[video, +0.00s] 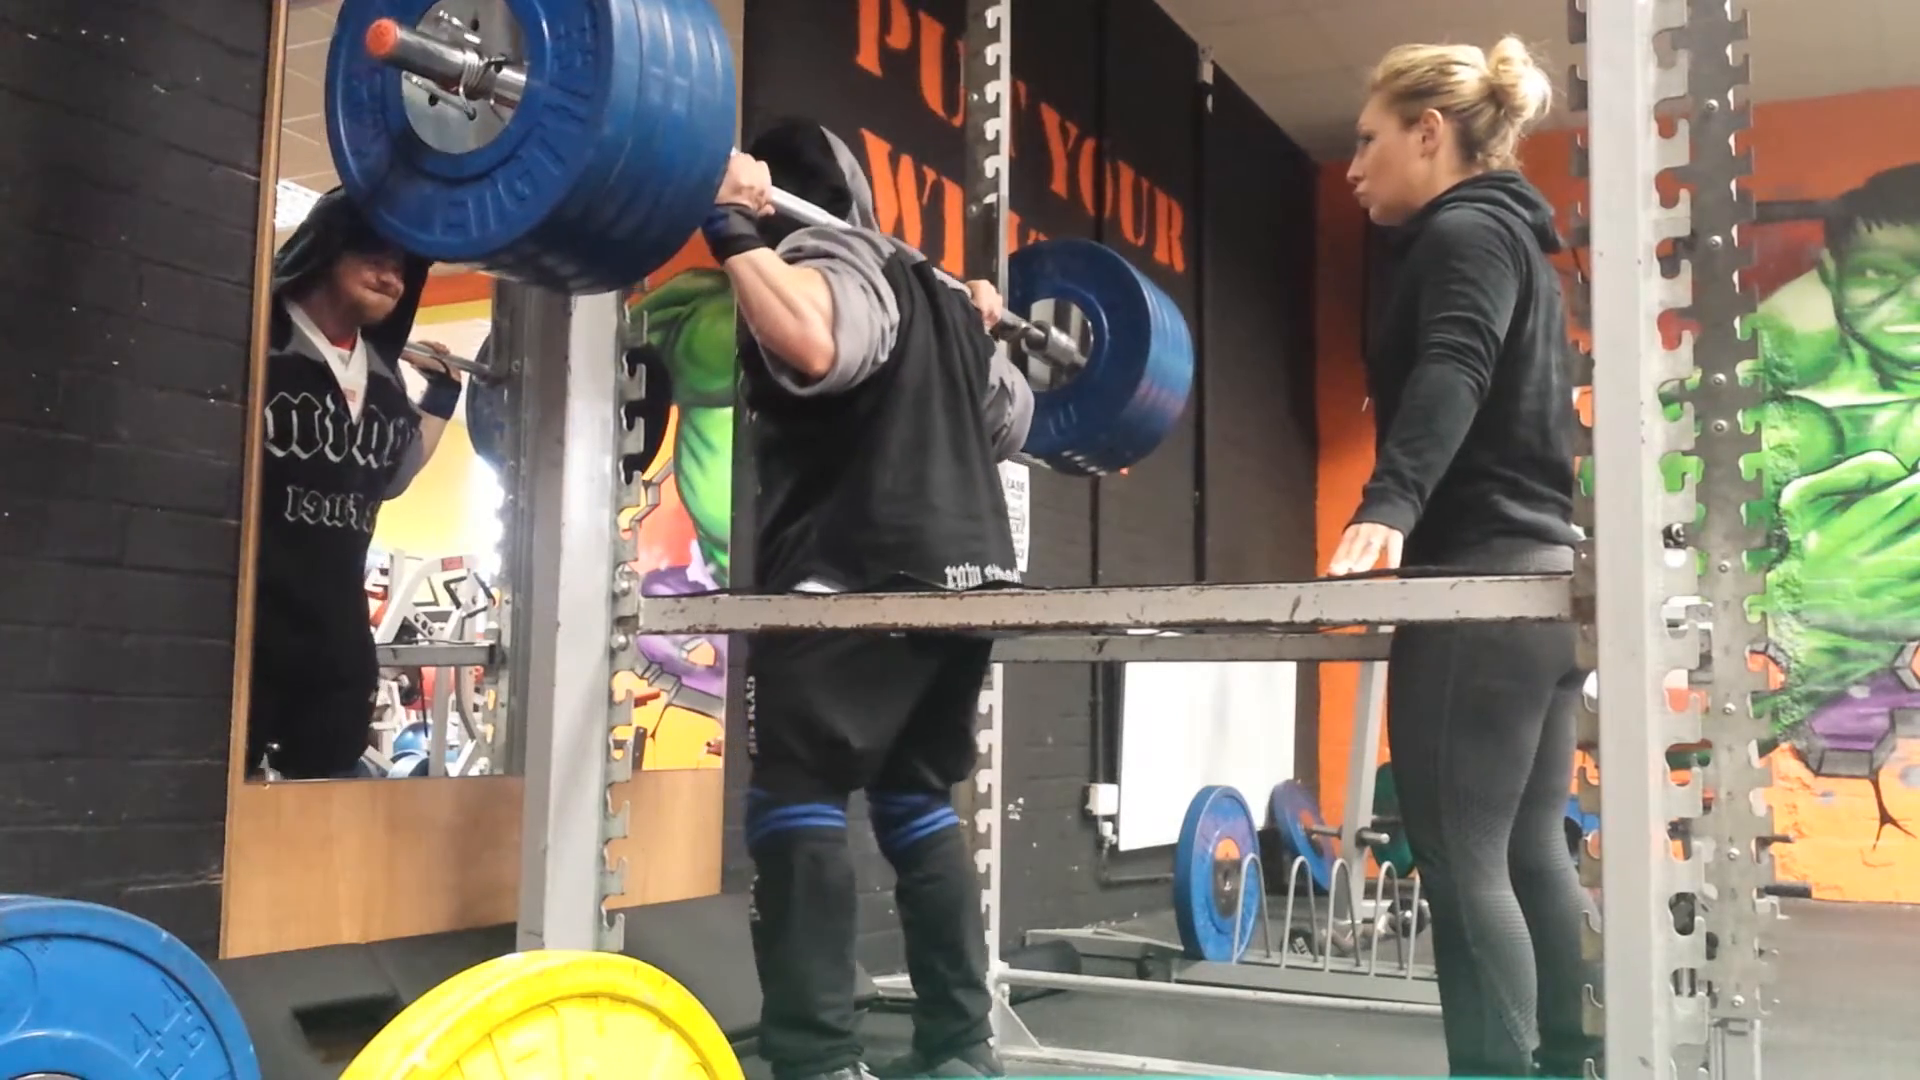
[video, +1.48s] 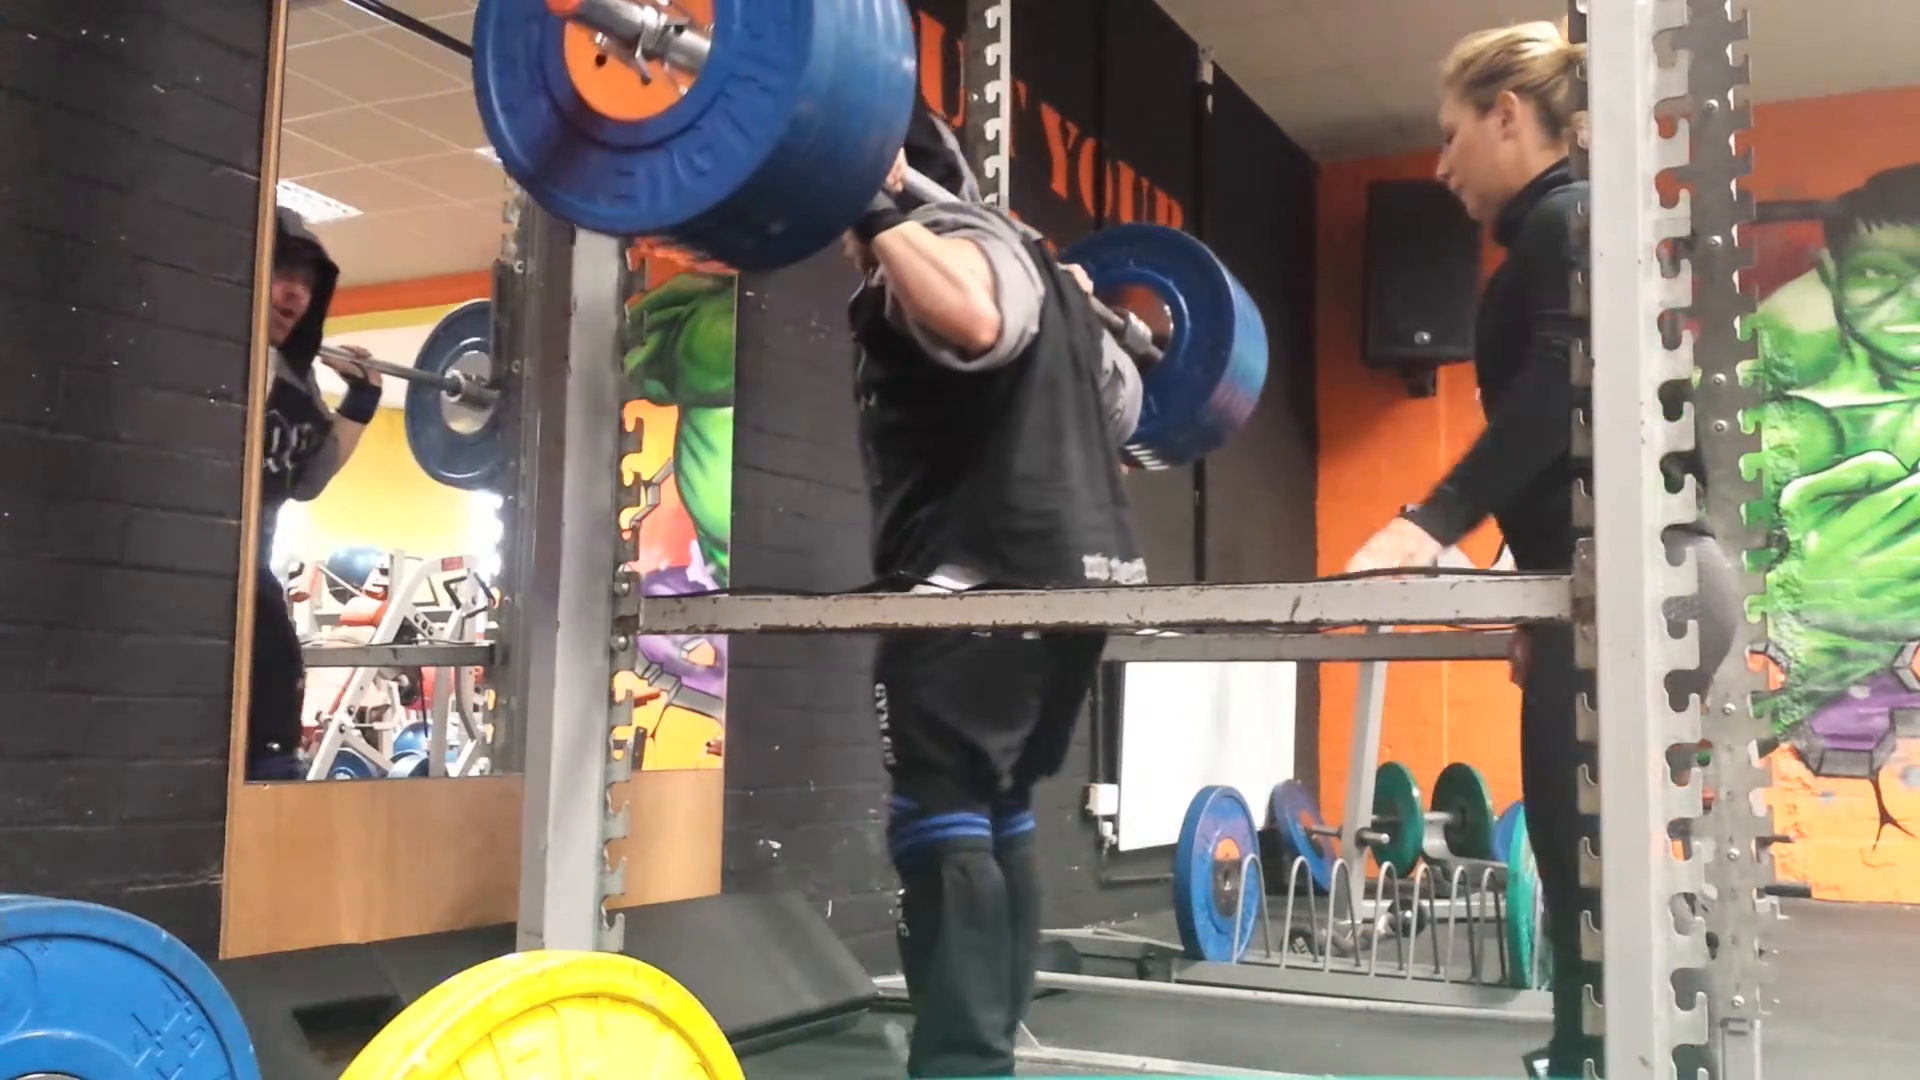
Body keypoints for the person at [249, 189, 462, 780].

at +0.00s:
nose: (388, 278)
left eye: (400, 269)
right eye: (372, 258)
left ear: (408, 288)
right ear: (327, 257)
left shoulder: (388, 379)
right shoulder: (256, 336)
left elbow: (392, 480)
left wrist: (443, 395)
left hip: (334, 620)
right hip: (247, 606)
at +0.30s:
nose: (386, 274)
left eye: (397, 267)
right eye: (369, 255)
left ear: (403, 288)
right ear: (322, 255)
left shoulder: (386, 373)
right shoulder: (257, 331)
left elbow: (391, 471)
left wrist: (440, 388)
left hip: (336, 594)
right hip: (251, 582)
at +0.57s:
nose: (385, 285)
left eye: (392, 275)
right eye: (369, 266)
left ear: (399, 290)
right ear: (320, 265)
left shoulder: (377, 377)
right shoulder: (254, 342)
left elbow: (382, 474)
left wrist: (436, 393)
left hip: (328, 604)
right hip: (247, 594)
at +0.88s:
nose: (378, 288)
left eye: (385, 276)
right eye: (361, 268)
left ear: (391, 291)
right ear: (312, 269)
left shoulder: (372, 383)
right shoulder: (251, 350)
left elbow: (380, 478)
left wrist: (433, 397)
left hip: (326, 623)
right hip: (244, 610)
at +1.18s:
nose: (350, 290)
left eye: (360, 281)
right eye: (333, 271)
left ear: (365, 298)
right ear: (285, 274)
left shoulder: (344, 376)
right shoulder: (243, 357)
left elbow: (359, 476)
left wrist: (409, 402)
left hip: (312, 579)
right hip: (242, 572)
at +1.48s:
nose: (295, 294)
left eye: (307, 284)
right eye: (284, 275)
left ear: (315, 300)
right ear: (250, 278)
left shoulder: (294, 388)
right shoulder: (207, 359)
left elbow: (306, 479)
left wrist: (360, 398)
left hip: (251, 567)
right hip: (192, 558)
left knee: (279, 675)